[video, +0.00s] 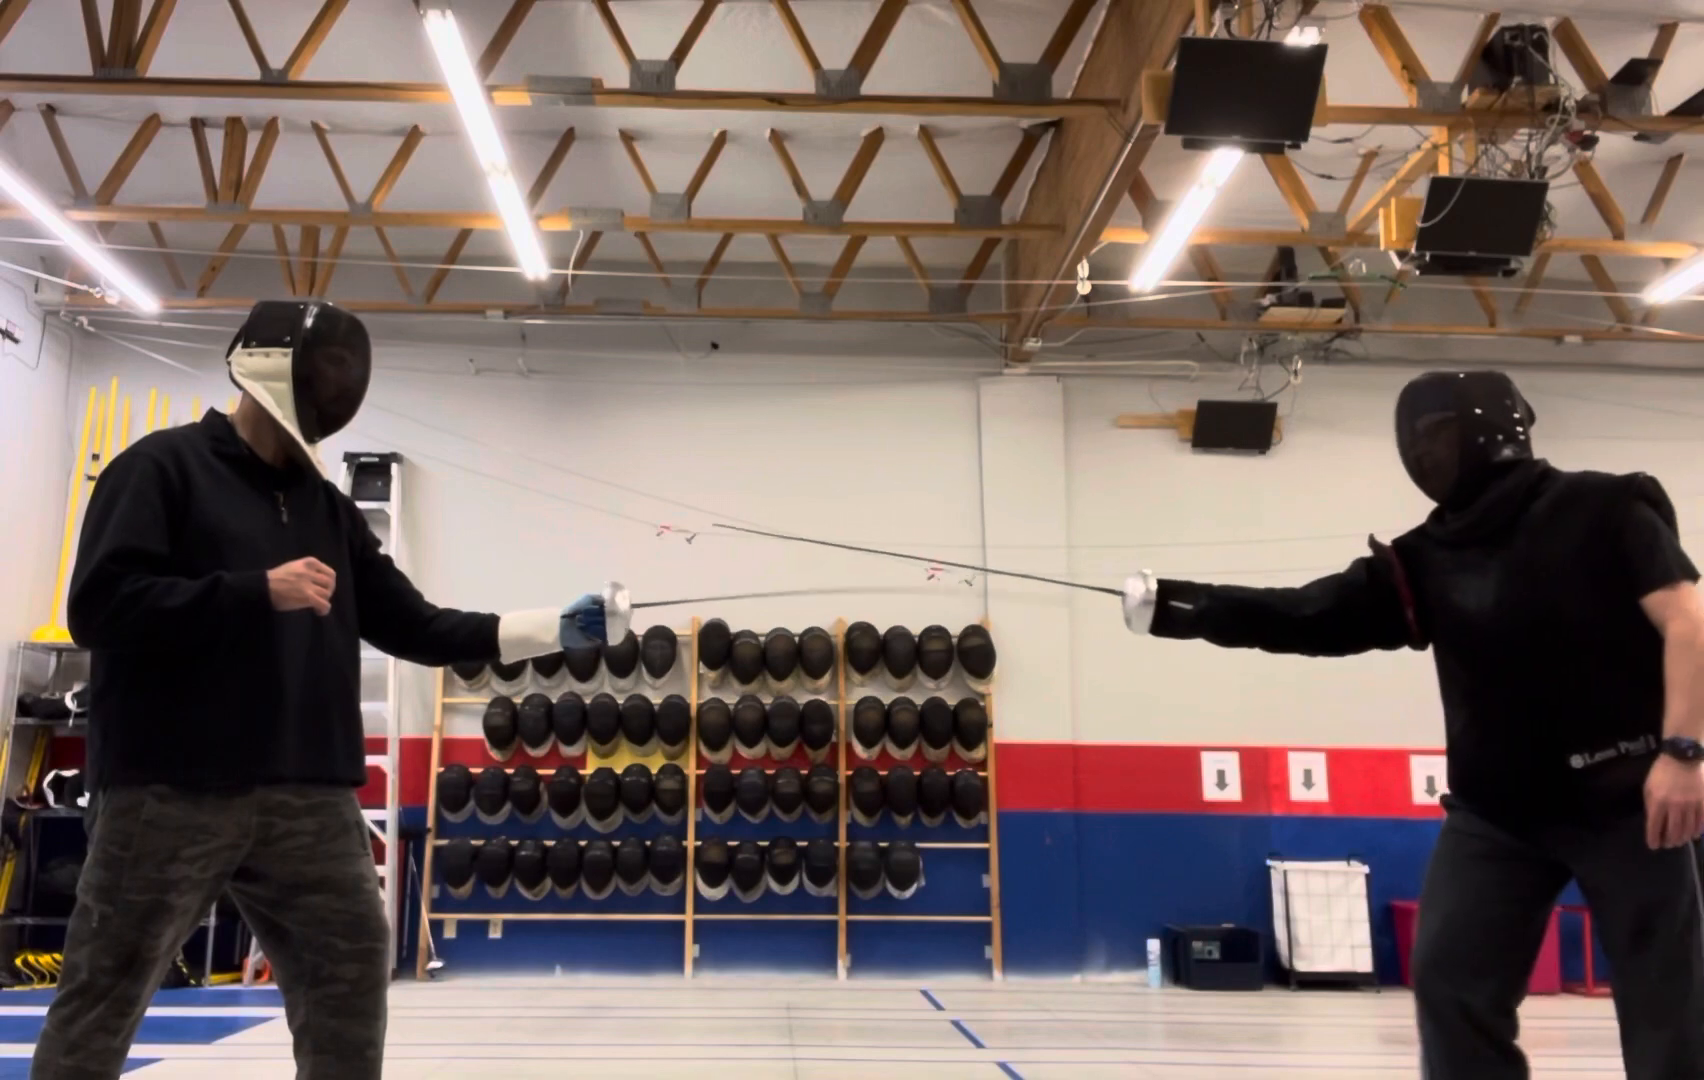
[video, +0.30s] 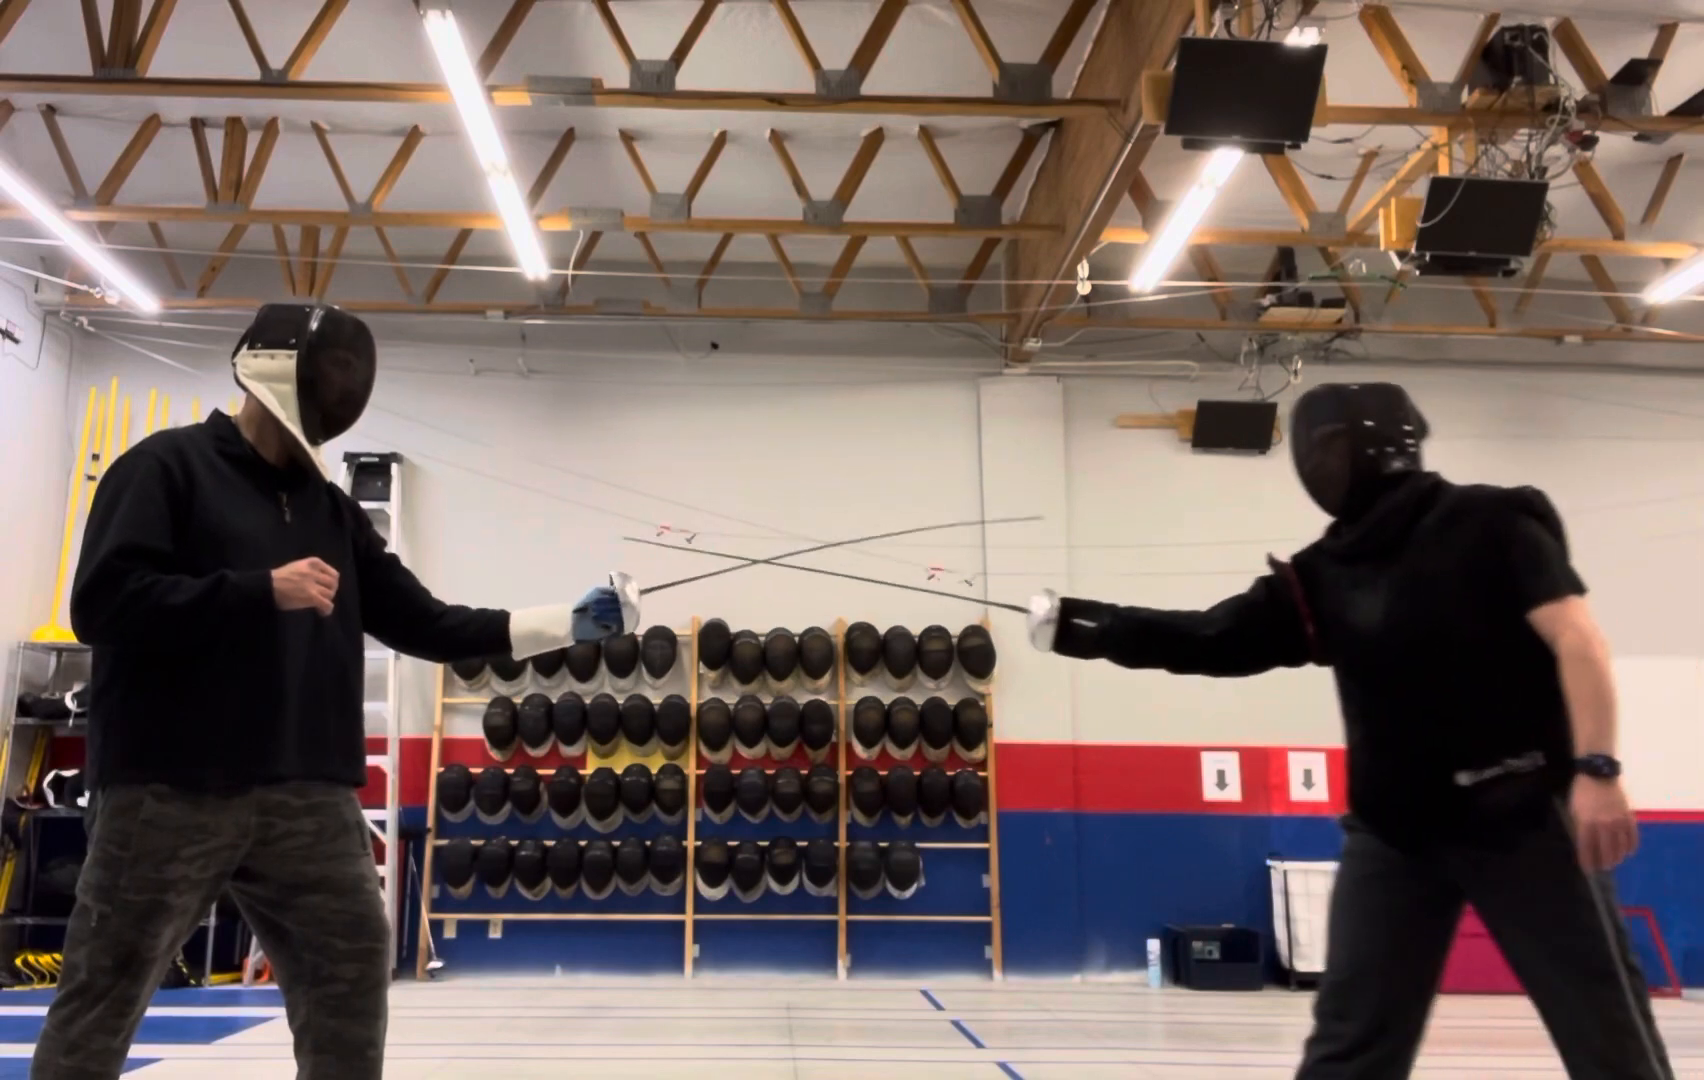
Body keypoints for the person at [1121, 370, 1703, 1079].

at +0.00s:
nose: (1417, 457)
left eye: (1428, 437)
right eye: (1411, 442)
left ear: (1477, 431)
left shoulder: (1607, 510)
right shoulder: (1426, 561)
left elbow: (1686, 619)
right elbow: (1310, 614)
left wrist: (1683, 750)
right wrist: (1178, 607)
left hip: (1627, 806)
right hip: (1495, 818)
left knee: (1668, 1021)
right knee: (1453, 994)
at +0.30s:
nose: (1308, 469)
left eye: (1319, 448)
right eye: (1305, 454)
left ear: (1367, 442)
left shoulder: (1494, 521)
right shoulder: (1323, 577)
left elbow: (1576, 638)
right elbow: (1211, 635)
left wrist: (1598, 768)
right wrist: (1080, 626)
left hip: (1525, 823)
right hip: (1396, 838)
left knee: (1611, 1043)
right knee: (1350, 1050)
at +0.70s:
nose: (1137, 445)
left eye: (1144, 425)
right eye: (1135, 429)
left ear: (1184, 424)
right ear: (1218, 422)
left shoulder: (1315, 489)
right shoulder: (1156, 556)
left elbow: (1397, 605)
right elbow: (1047, 607)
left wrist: (1357, 719)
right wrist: (921, 584)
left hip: (1383, 781)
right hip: (1262, 809)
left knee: (1478, 985)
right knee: (1269, 1039)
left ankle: (1546, 1079)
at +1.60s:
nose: (1401, 458)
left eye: (1414, 437)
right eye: (1396, 442)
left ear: (1462, 433)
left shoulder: (1583, 520)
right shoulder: (1415, 564)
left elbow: (1663, 642)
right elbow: (1383, 692)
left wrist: (1631, 770)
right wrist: (1270, 725)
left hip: (1597, 814)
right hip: (1469, 826)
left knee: (1655, 1043)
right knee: (1407, 1049)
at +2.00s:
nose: (1462, 453)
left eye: (1475, 431)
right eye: (1454, 438)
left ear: (1529, 422)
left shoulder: (1653, 510)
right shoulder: (1465, 559)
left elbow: (1702, 626)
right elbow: (1387, 652)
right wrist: (1274, 644)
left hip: (1665, 811)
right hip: (1533, 824)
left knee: (1684, 1040)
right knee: (1519, 1032)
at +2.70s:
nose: (1323, 468)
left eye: (1336, 447)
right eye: (1317, 455)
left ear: (1391, 441)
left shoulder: (1505, 524)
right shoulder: (1335, 580)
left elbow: (1593, 640)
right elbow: (1226, 641)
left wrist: (1619, 767)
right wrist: (1088, 628)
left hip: (1535, 823)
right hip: (1406, 838)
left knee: (1627, 1047)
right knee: (1356, 1055)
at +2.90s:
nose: (1216, 458)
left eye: (1225, 435)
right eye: (1213, 442)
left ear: (1279, 425)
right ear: (1260, 436)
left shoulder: (1397, 500)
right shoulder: (1234, 562)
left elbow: (1478, 612)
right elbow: (1133, 630)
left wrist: (1473, 738)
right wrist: (999, 620)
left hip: (1440, 791)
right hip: (1314, 820)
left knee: (1555, 1018)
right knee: (1297, 1049)